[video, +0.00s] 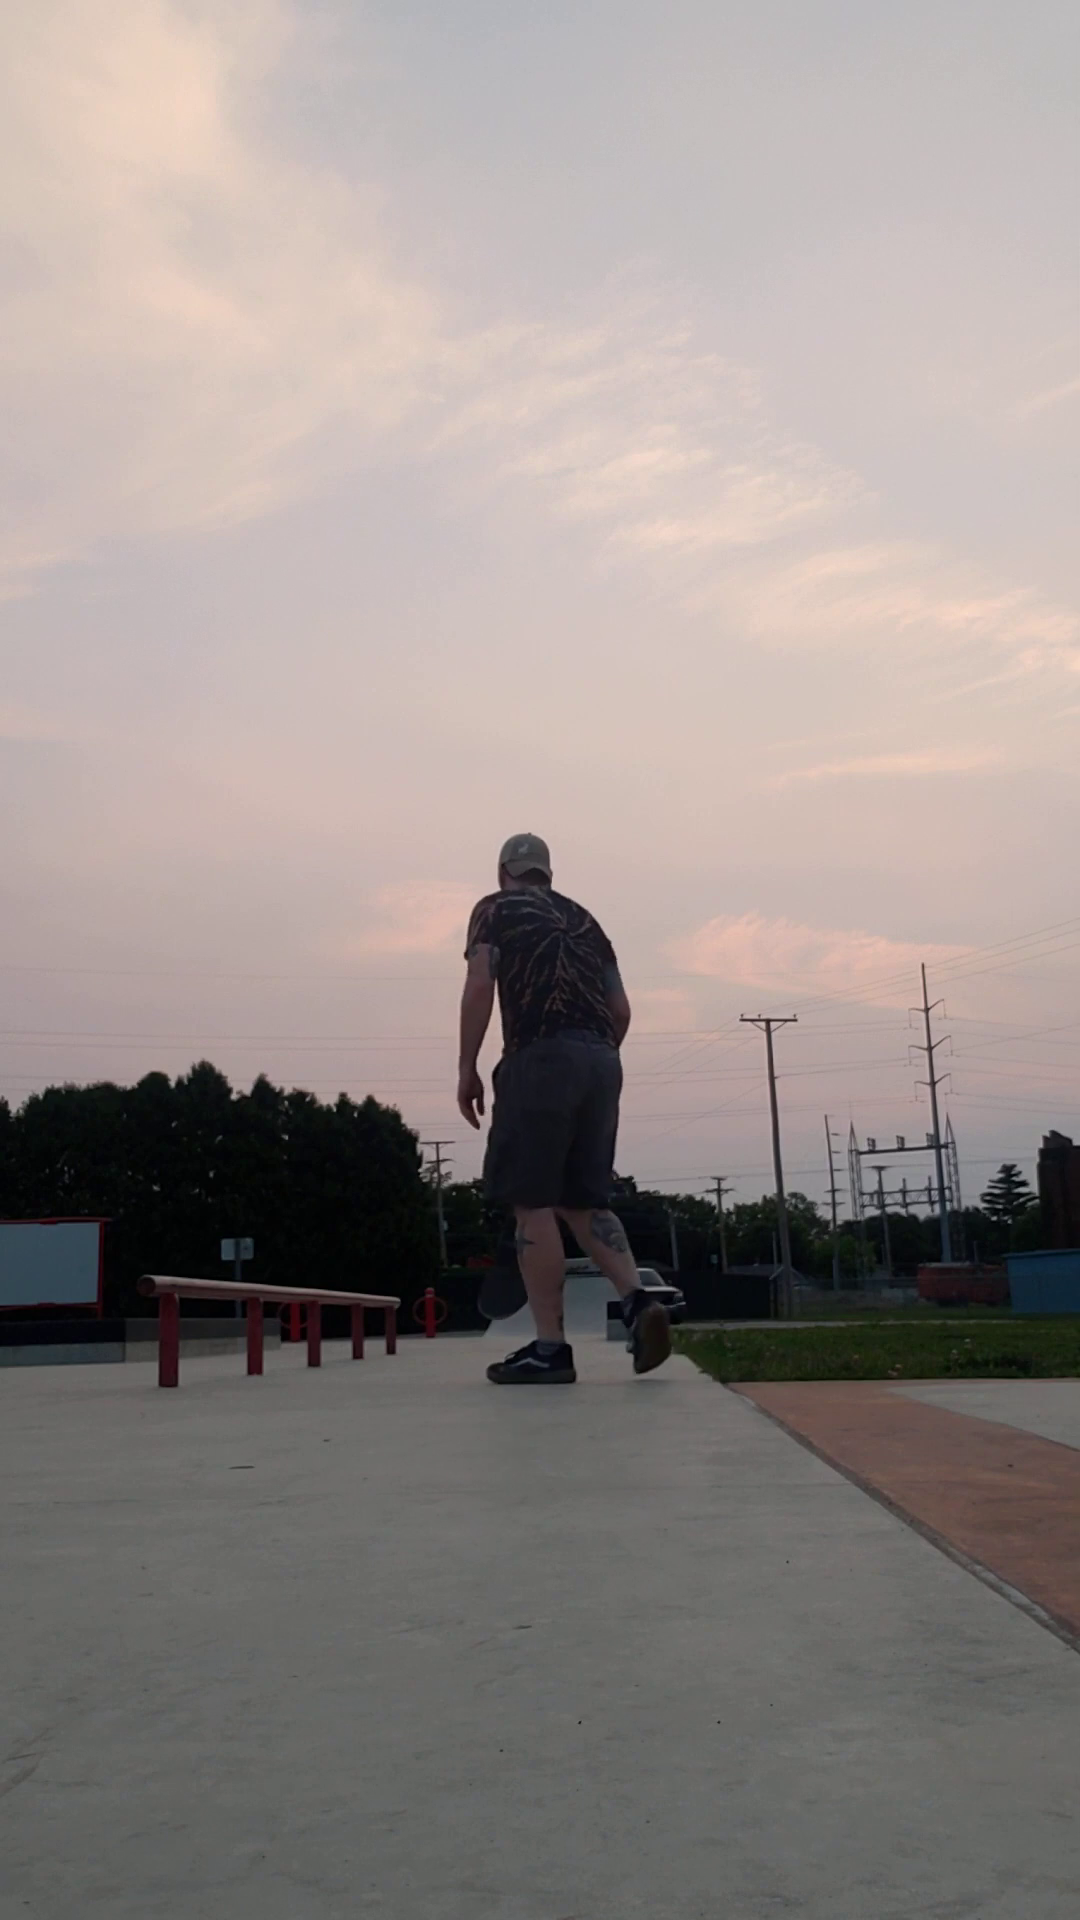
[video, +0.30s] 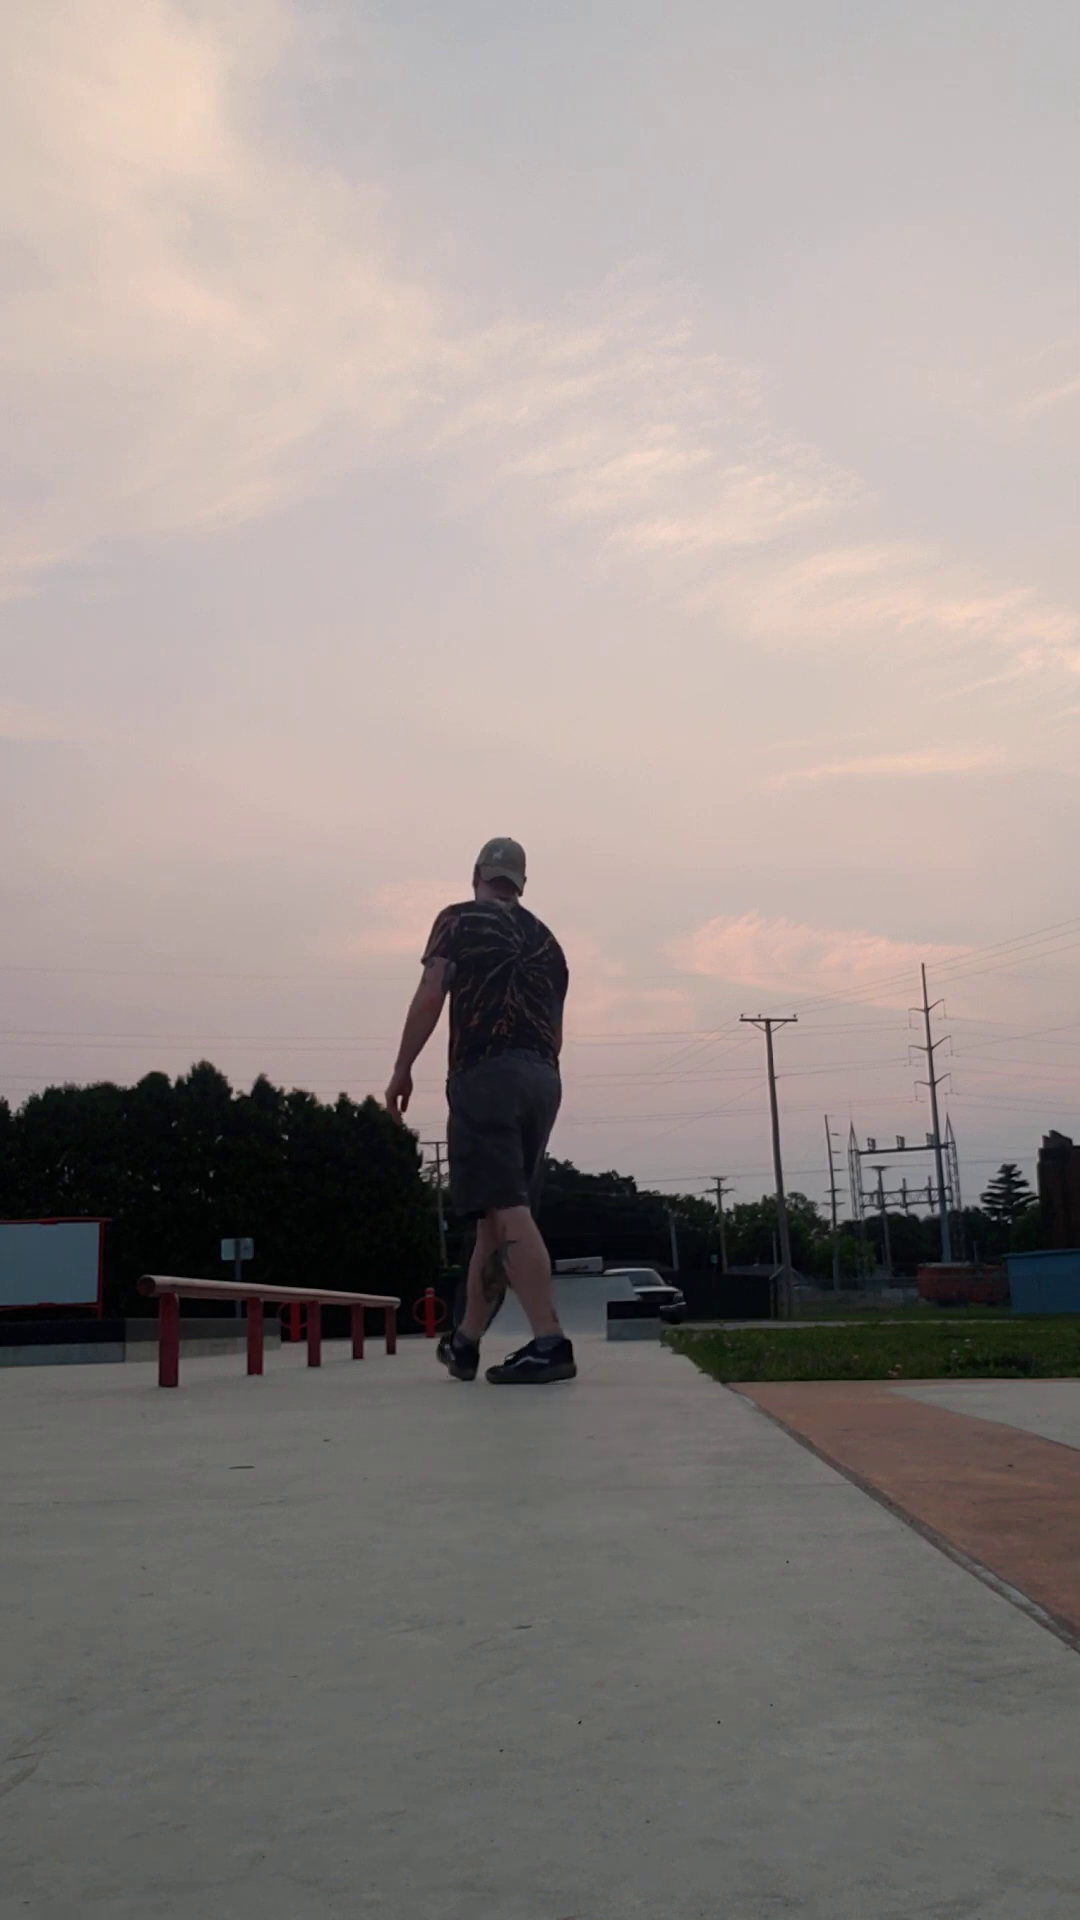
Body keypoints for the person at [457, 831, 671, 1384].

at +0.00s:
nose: (500, 883)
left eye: (499, 876)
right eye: (511, 877)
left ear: (503, 872)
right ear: (549, 873)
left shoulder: (495, 908)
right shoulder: (586, 920)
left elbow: (480, 983)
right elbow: (620, 1010)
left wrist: (467, 1067)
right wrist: (592, 1066)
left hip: (540, 1063)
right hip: (602, 1064)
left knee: (532, 1203)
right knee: (582, 1200)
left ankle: (549, 1348)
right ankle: (639, 1299)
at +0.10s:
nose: (497, 878)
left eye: (494, 870)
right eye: (515, 870)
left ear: (494, 867)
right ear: (542, 871)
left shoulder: (484, 906)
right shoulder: (575, 922)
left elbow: (462, 983)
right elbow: (596, 1016)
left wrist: (440, 1061)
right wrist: (570, 1069)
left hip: (520, 1063)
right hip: (582, 1064)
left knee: (526, 1205)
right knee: (553, 1200)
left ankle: (548, 1345)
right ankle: (579, 1307)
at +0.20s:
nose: (495, 880)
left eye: (489, 870)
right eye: (513, 870)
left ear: (486, 869)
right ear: (533, 876)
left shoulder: (471, 910)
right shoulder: (563, 931)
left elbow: (446, 988)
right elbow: (572, 1025)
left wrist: (418, 1061)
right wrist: (550, 1076)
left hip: (503, 1065)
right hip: (561, 1068)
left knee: (518, 1206)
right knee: (523, 1205)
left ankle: (550, 1348)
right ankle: (512, 1334)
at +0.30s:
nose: (489, 888)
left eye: (481, 879)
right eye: (506, 879)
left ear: (477, 877)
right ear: (523, 884)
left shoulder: (459, 918)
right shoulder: (549, 942)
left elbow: (432, 994)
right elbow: (553, 1031)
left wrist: (403, 1068)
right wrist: (543, 1088)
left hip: (484, 1076)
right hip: (543, 1081)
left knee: (512, 1213)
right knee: (496, 1216)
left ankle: (549, 1343)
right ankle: (466, 1342)